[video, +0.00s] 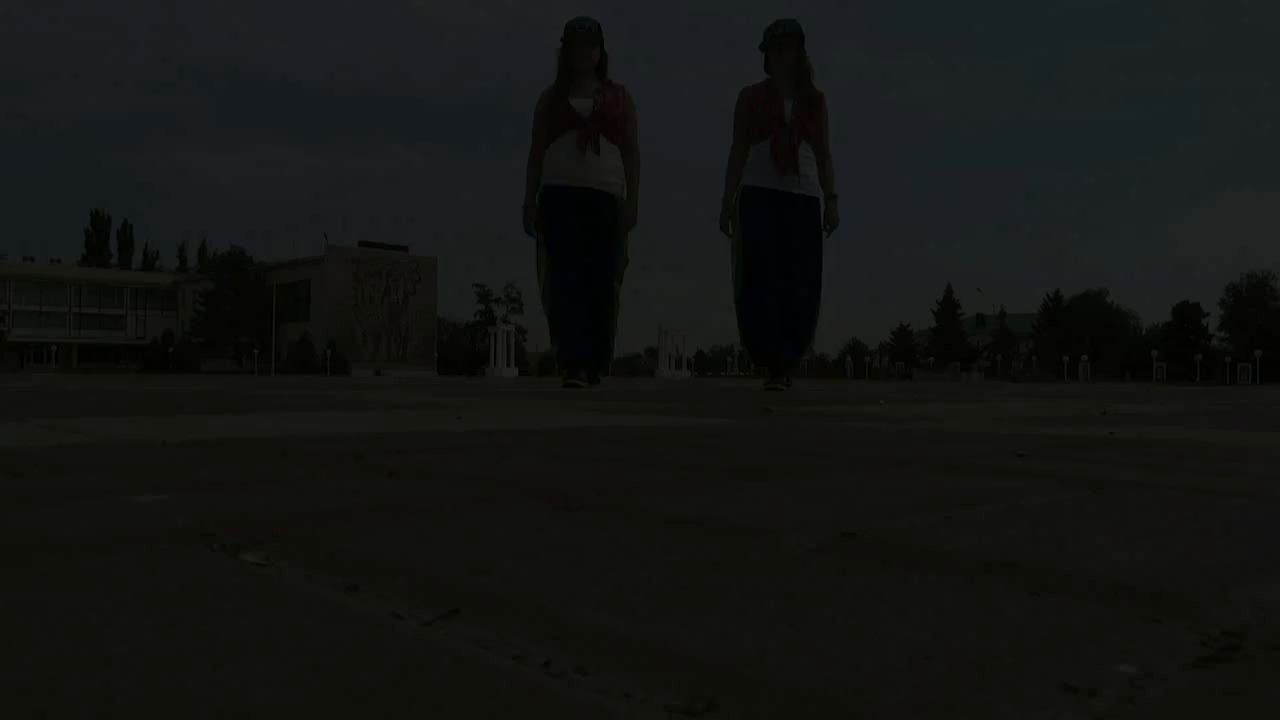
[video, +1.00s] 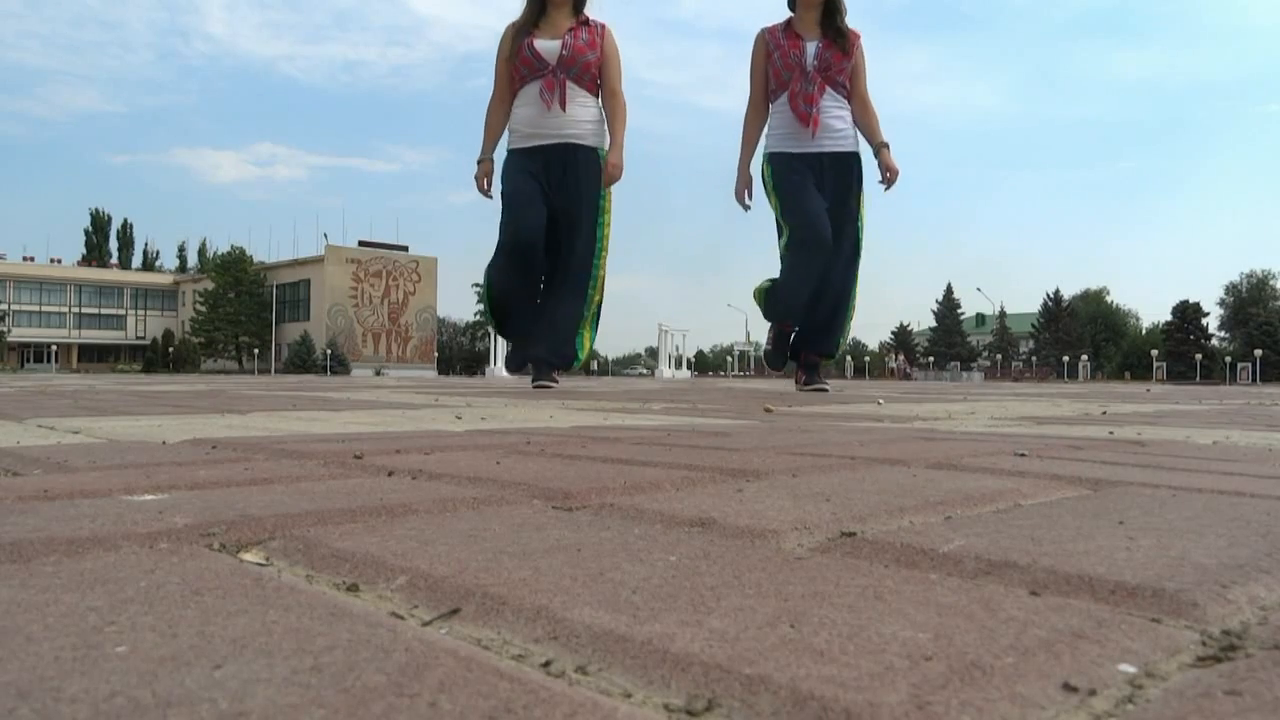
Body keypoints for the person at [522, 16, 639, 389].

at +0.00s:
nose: (584, 54)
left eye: (590, 46)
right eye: (577, 46)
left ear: (600, 51)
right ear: (565, 51)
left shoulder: (617, 97)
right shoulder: (551, 97)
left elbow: (630, 152)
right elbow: (537, 152)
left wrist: (631, 203)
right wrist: (531, 200)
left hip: (604, 197)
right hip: (558, 196)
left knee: (600, 280)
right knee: (561, 280)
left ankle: (594, 365)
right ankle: (569, 365)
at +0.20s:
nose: (576, 36)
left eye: (584, 30)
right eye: (569, 29)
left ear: (594, 36)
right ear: (559, 35)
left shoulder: (614, 82)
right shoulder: (542, 86)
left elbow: (627, 138)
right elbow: (530, 142)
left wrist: (633, 189)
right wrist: (524, 192)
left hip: (597, 187)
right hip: (550, 186)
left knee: (600, 271)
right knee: (559, 273)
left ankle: (601, 351)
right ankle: (574, 364)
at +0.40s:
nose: (573, 24)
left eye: (580, 18)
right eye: (565, 17)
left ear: (591, 24)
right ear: (554, 22)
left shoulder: (608, 72)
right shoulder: (534, 74)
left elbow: (621, 129)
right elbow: (523, 132)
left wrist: (629, 182)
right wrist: (520, 184)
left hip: (594, 177)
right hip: (545, 179)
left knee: (580, 257)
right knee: (551, 266)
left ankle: (582, 357)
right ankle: (566, 360)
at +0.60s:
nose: (569, 13)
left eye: (577, 8)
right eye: (561, 6)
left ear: (588, 16)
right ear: (548, 12)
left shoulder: (604, 64)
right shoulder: (528, 66)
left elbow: (615, 127)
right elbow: (516, 127)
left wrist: (621, 184)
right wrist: (512, 182)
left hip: (589, 176)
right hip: (538, 176)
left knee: (569, 262)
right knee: (541, 267)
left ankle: (552, 353)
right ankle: (574, 359)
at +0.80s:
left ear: (585, 2)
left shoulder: (600, 50)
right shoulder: (521, 48)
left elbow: (612, 115)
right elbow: (507, 112)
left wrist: (620, 175)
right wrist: (498, 170)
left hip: (583, 161)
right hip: (530, 164)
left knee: (567, 258)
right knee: (530, 260)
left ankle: (546, 361)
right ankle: (559, 353)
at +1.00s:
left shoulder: (599, 33)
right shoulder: (516, 32)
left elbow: (613, 95)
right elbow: (501, 97)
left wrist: (616, 149)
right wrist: (486, 154)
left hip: (580, 154)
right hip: (524, 154)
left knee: (571, 257)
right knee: (522, 243)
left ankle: (549, 360)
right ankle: (520, 335)